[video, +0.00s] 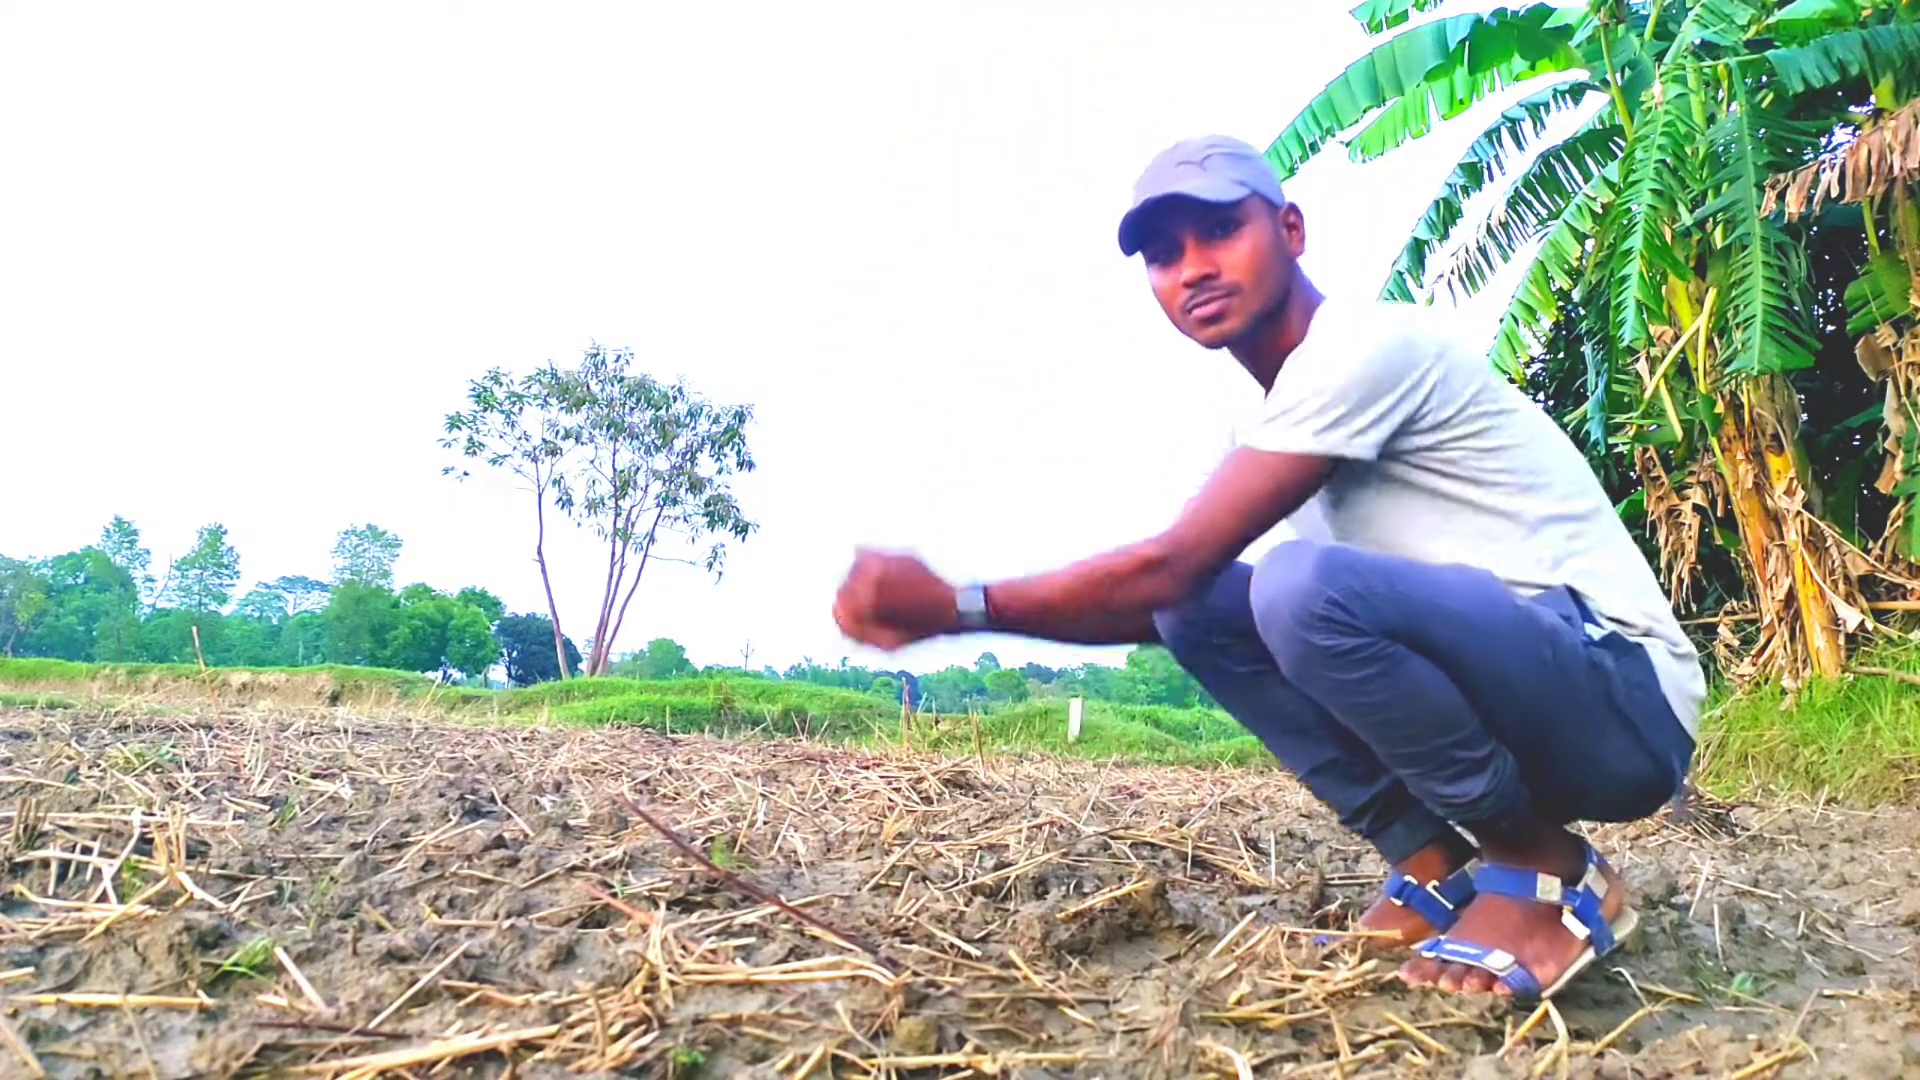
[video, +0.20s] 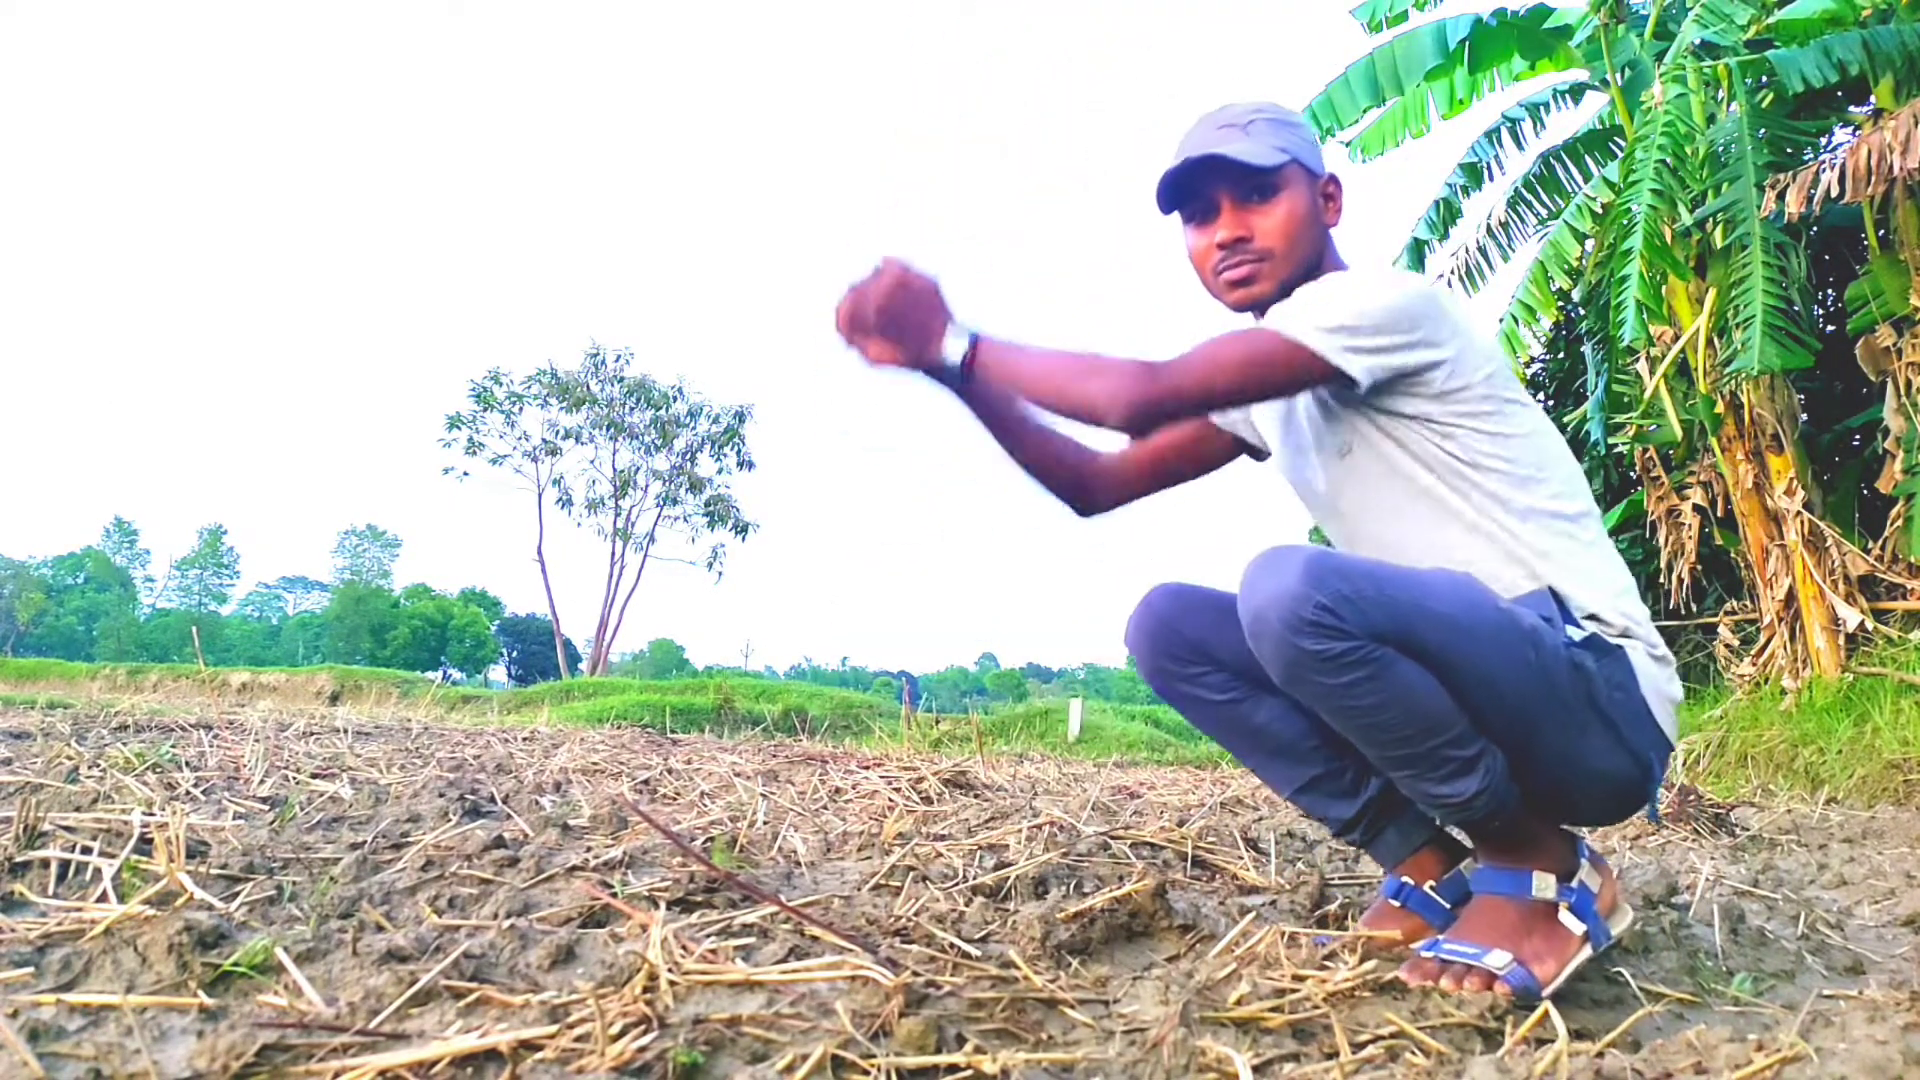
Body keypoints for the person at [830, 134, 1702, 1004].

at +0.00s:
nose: (1189, 268)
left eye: (1218, 227)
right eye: (1160, 251)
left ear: (1292, 232)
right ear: (1150, 286)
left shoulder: (1377, 347)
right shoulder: (1273, 430)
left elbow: (1167, 569)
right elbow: (1159, 607)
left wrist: (960, 606)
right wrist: (976, 614)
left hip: (1620, 695)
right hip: (1509, 717)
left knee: (1306, 592)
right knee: (1197, 608)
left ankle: (1546, 878)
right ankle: (1443, 872)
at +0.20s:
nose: (1225, 231)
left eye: (1255, 195)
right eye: (1196, 212)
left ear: (1326, 199)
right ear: (1182, 243)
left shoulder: (1392, 306)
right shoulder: (1278, 383)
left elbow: (1140, 395)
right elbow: (1100, 482)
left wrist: (952, 346)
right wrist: (958, 371)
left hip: (1598, 698)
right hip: (1485, 714)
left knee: (1290, 596)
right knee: (1169, 625)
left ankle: (1536, 865)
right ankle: (1435, 870)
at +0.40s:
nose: (1245, 204)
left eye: (1277, 169)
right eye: (1221, 187)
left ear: (1350, 179)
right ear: (1208, 214)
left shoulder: (1409, 266)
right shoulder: (1286, 348)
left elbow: (1154, 282)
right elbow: (1093, 389)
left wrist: (990, 205)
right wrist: (985, 239)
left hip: (1584, 683)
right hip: (1463, 694)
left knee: (1279, 597)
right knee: (1159, 639)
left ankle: (1533, 859)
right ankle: (1434, 864)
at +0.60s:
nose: (1262, 191)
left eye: (1292, 155)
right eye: (1237, 178)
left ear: (1364, 164)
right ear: (1218, 201)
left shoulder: (1419, 254)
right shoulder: (1289, 330)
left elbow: (1159, 246)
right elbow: (1107, 348)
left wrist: (1004, 163)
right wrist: (1000, 201)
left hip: (1580, 680)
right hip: (1459, 688)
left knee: (1270, 607)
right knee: (1156, 643)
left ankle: (1538, 859)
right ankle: (1435, 862)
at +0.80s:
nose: (1266, 193)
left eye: (1299, 156)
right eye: (1241, 178)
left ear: (1372, 167)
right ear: (1223, 201)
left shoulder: (1425, 255)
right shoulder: (1295, 329)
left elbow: (1164, 251)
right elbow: (1114, 349)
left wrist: (1002, 175)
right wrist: (999, 209)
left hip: (1579, 682)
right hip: (1455, 691)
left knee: (1269, 609)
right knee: (1154, 644)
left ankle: (1536, 855)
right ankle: (1433, 858)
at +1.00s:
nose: (1269, 194)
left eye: (1300, 158)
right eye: (1243, 182)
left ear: (1373, 169)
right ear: (1229, 206)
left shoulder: (1426, 256)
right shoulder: (1298, 330)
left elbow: (1166, 251)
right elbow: (1117, 350)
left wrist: (995, 184)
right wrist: (994, 213)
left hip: (1579, 683)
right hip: (1459, 695)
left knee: (1273, 606)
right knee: (1151, 649)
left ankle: (1537, 853)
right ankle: (1434, 858)